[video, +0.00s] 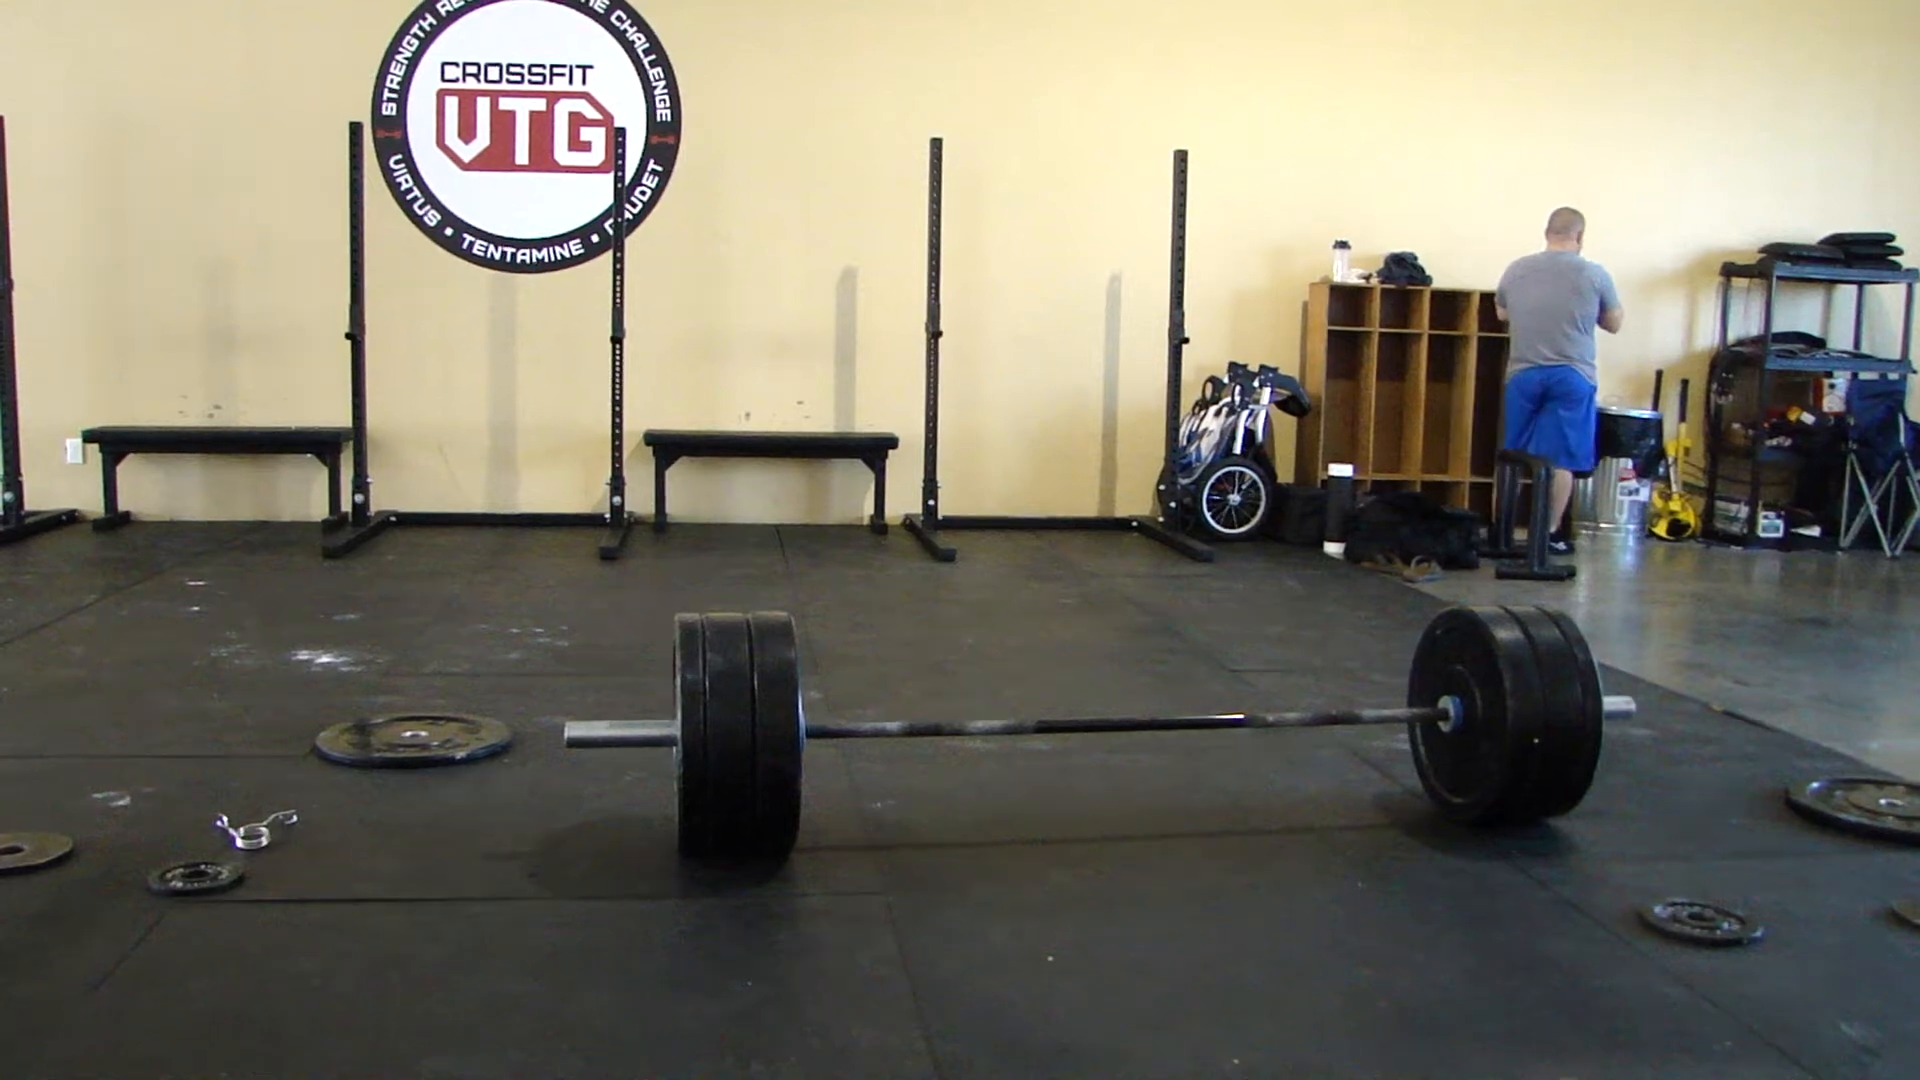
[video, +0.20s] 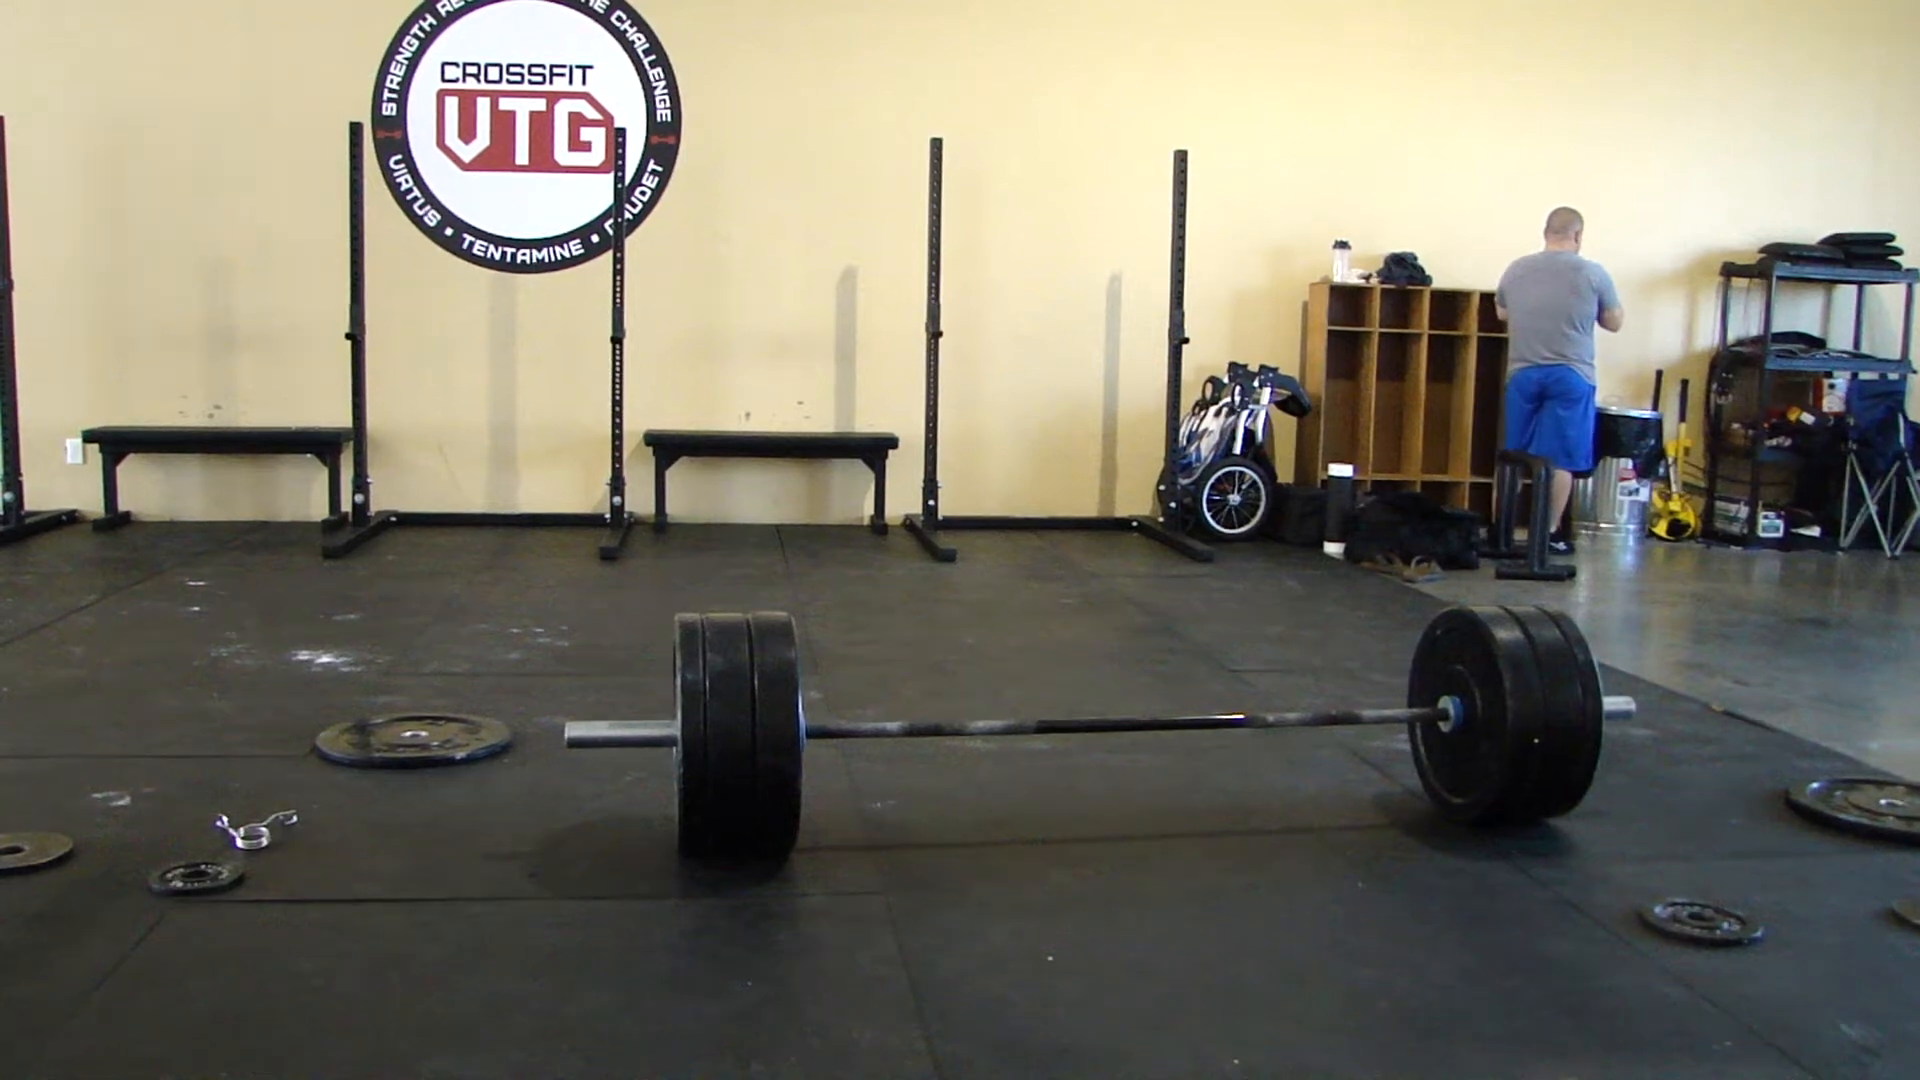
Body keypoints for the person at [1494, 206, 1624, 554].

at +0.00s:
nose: (1579, 243)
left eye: (1576, 238)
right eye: (1581, 238)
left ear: (1546, 234)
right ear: (1579, 237)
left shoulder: (1516, 269)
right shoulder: (1592, 273)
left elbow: (1502, 313)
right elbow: (1613, 323)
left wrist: (1536, 303)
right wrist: (1579, 304)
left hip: (1522, 373)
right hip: (1573, 374)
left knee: (1511, 456)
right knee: (1562, 460)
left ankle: (1502, 532)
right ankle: (1550, 533)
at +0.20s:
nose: (1579, 242)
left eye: (1576, 237)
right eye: (1580, 237)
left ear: (1545, 234)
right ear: (1577, 236)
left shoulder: (1516, 269)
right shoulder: (1591, 272)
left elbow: (1502, 313)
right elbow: (1613, 322)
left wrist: (1536, 304)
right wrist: (1580, 302)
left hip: (1522, 373)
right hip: (1571, 374)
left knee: (1512, 456)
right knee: (1561, 460)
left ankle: (1502, 533)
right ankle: (1550, 534)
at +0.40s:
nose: (1579, 242)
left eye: (1577, 237)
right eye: (1580, 237)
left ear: (1545, 234)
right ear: (1576, 236)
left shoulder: (1516, 269)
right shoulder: (1590, 272)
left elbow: (1504, 314)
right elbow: (1614, 322)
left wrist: (1537, 305)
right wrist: (1586, 297)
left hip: (1522, 373)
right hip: (1570, 374)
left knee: (1512, 456)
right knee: (1561, 461)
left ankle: (1502, 533)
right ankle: (1550, 534)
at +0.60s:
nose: (1580, 243)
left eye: (1579, 238)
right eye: (1581, 237)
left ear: (1546, 234)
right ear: (1577, 236)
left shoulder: (1517, 270)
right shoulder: (1590, 272)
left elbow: (1506, 313)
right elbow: (1616, 322)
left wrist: (1537, 308)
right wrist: (1589, 302)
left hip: (1522, 373)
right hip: (1570, 374)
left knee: (1514, 457)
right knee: (1561, 462)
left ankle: (1502, 532)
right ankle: (1548, 535)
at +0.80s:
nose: (1582, 243)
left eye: (1580, 238)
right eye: (1583, 237)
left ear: (1547, 234)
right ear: (1578, 236)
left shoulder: (1518, 270)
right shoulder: (1591, 273)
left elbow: (1511, 311)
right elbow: (1616, 323)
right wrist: (1590, 301)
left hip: (1523, 374)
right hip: (1571, 375)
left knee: (1515, 457)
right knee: (1561, 462)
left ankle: (1502, 531)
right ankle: (1549, 535)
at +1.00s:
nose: (1583, 243)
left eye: (1581, 237)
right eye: (1584, 237)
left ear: (1548, 234)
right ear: (1579, 236)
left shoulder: (1520, 269)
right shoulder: (1593, 273)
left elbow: (1512, 309)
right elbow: (1615, 323)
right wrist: (1590, 299)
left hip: (1525, 374)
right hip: (1572, 375)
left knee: (1515, 456)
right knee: (1562, 462)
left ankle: (1502, 531)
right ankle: (1549, 536)